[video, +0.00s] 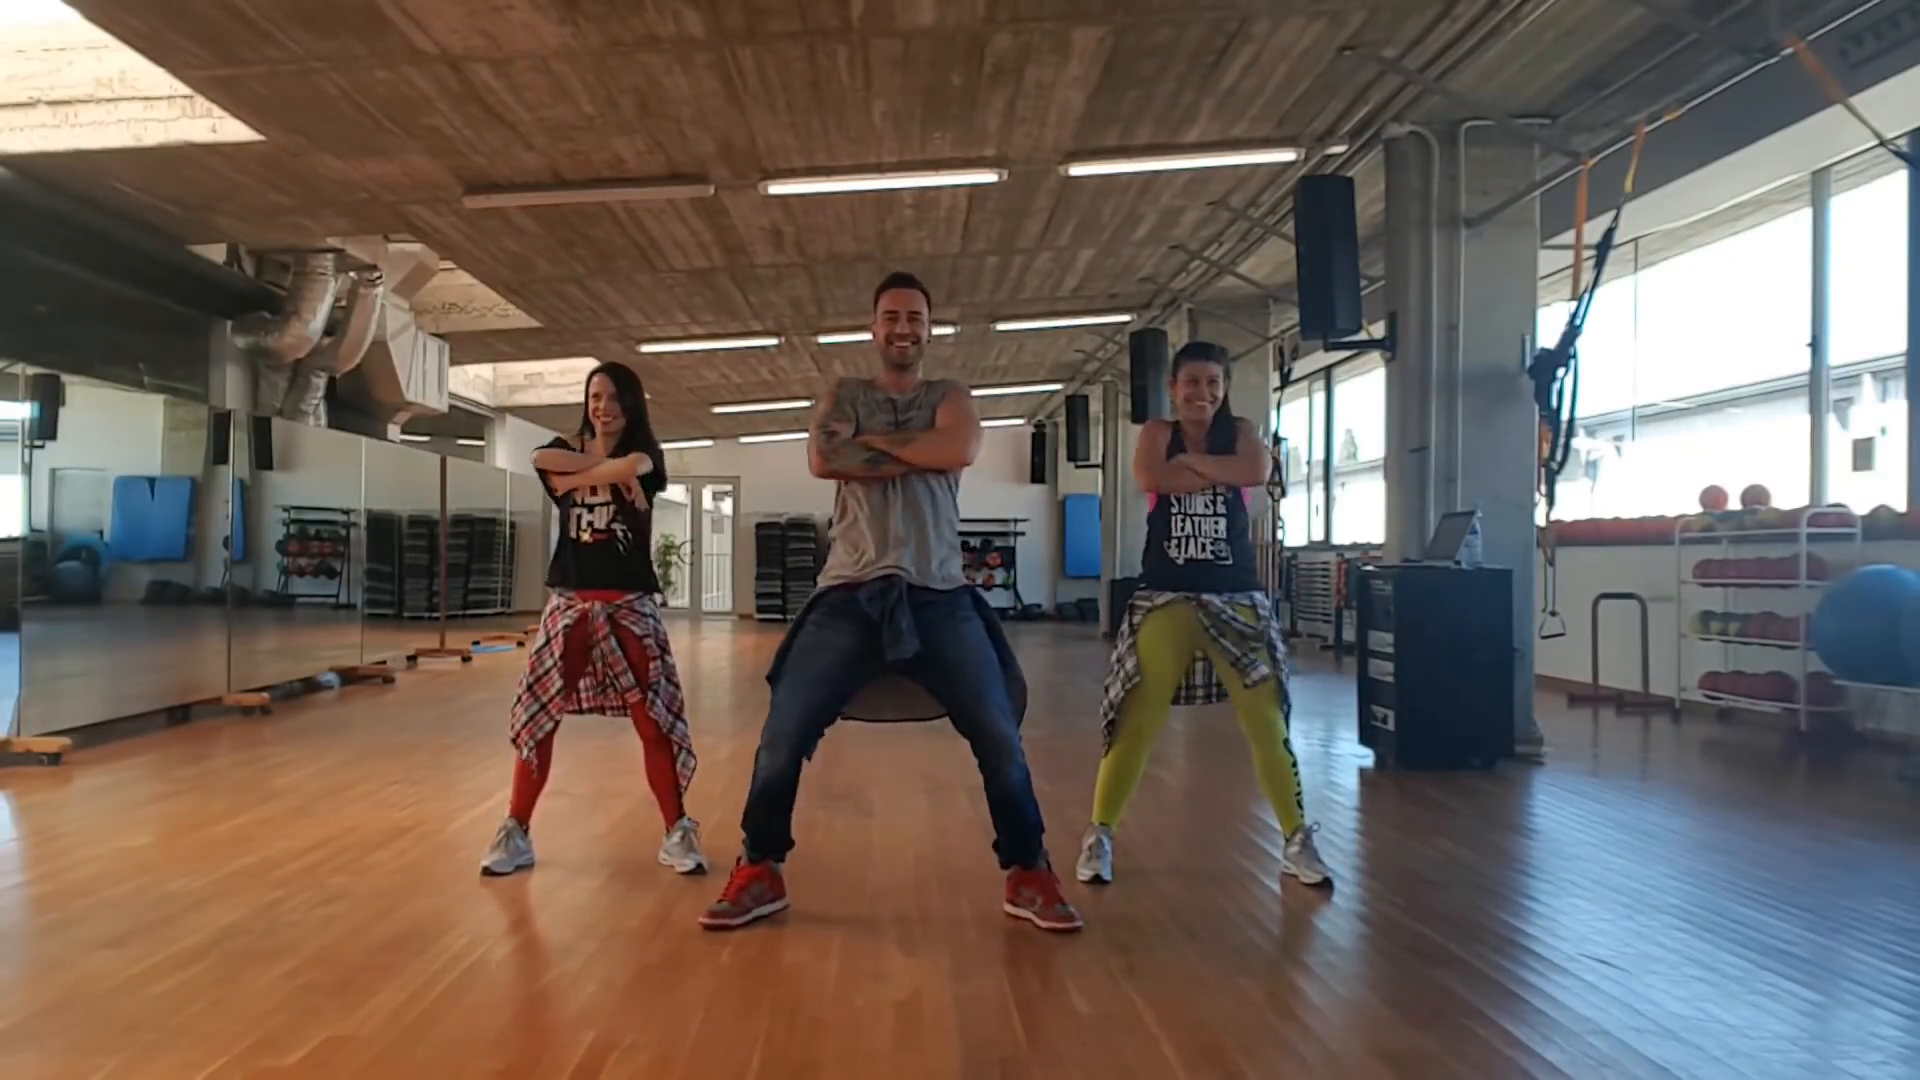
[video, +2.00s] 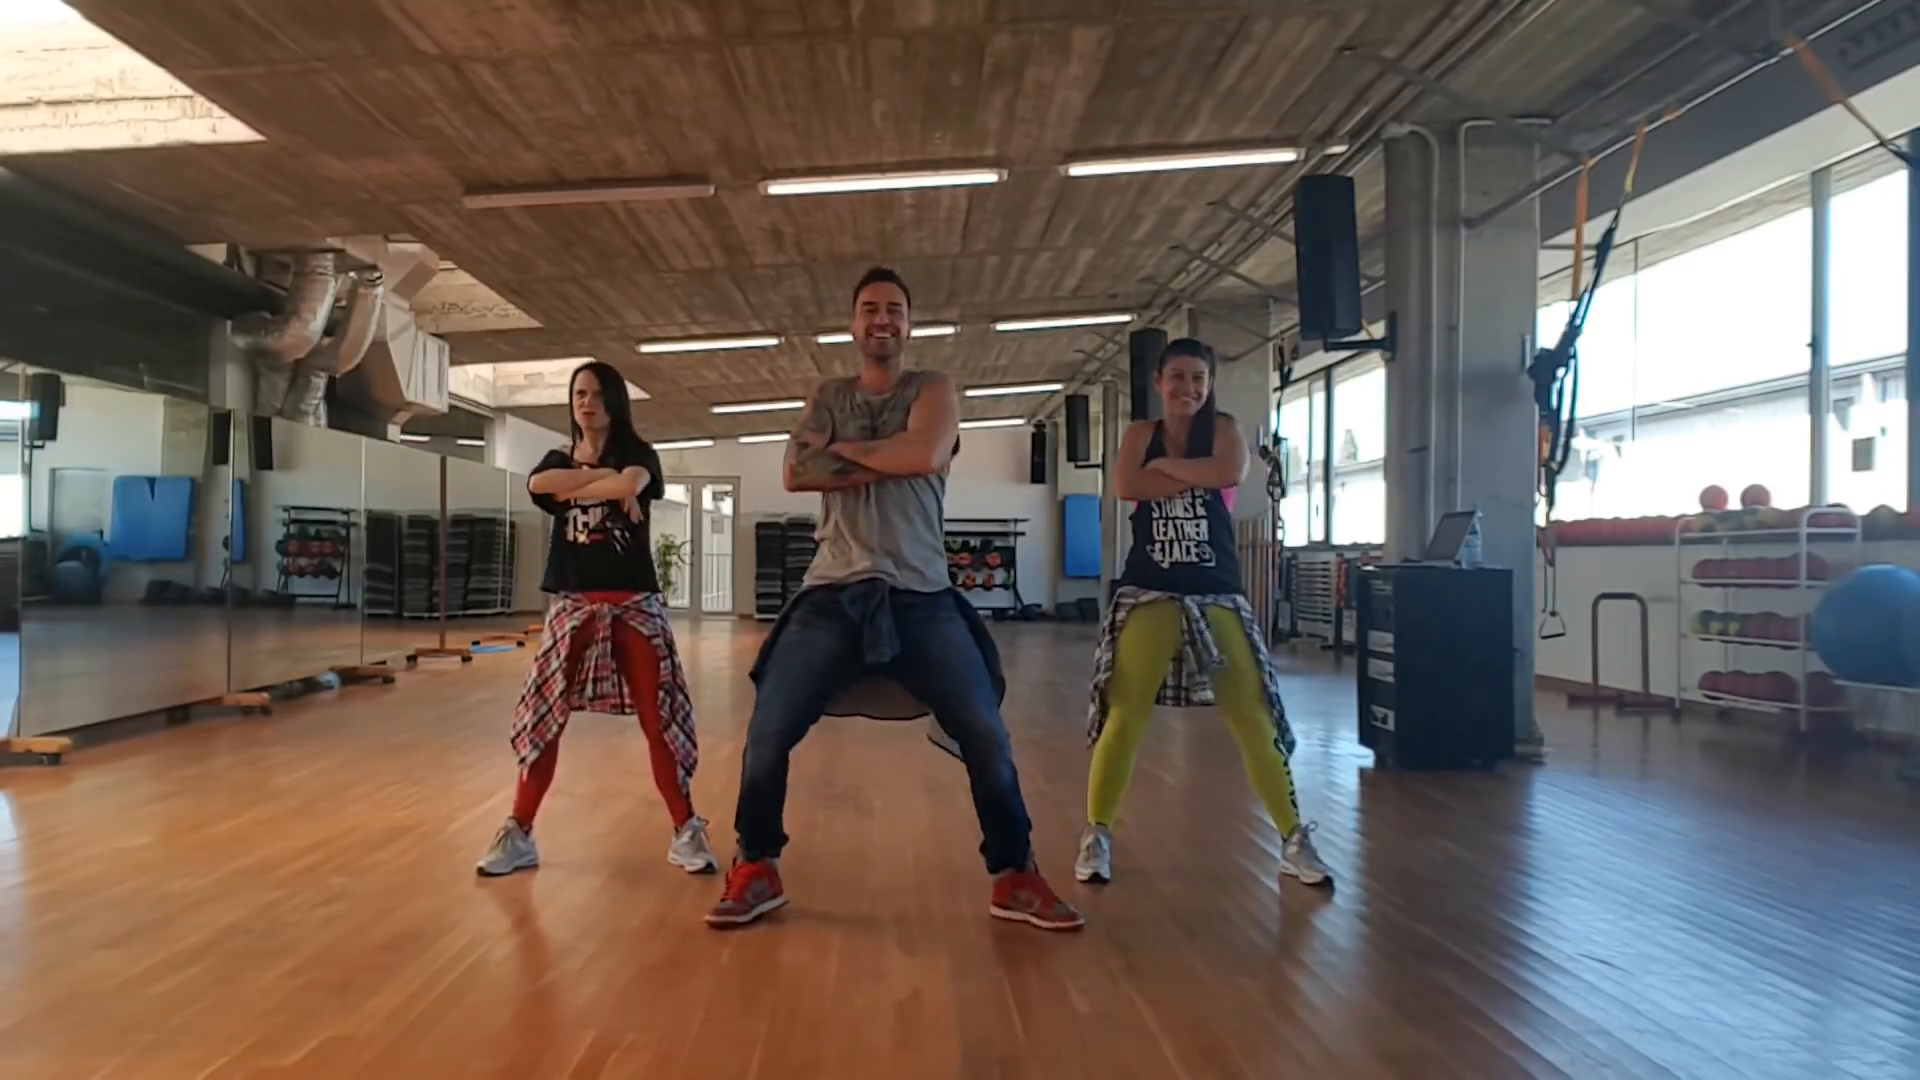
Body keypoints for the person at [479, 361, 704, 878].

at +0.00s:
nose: (602, 406)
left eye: (612, 398)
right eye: (595, 397)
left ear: (631, 405)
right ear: (586, 404)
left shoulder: (646, 455)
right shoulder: (567, 451)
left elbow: (629, 470)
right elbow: (541, 460)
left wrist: (573, 480)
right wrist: (601, 467)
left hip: (631, 602)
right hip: (569, 601)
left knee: (653, 720)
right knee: (537, 714)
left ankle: (678, 831)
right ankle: (516, 832)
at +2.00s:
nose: (588, 402)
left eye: (597, 395)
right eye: (580, 394)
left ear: (615, 402)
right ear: (571, 403)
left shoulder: (639, 454)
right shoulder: (559, 455)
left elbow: (627, 486)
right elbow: (538, 485)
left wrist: (568, 486)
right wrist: (609, 478)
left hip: (634, 599)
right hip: (572, 600)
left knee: (657, 718)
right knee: (547, 713)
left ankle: (687, 830)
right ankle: (519, 833)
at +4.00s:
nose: (595, 388)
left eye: (606, 382)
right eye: (587, 382)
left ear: (624, 397)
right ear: (577, 397)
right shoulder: (557, 456)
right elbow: (535, 504)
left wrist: (564, 510)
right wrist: (609, 505)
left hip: (625, 605)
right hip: (563, 604)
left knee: (656, 721)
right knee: (531, 714)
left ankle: (685, 831)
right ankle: (519, 835)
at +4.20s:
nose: (609, 391)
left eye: (618, 383)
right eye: (600, 386)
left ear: (637, 396)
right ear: (590, 400)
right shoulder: (569, 458)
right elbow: (515, 494)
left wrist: (618, 545)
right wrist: (567, 499)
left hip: (641, 606)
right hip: (578, 607)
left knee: (670, 724)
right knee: (540, 716)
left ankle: (686, 833)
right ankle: (518, 834)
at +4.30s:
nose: (620, 389)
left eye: (628, 381)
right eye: (611, 384)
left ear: (648, 390)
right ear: (601, 397)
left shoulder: (665, 449)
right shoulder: (577, 450)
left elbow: (695, 464)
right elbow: (513, 452)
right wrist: (501, 452)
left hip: (659, 600)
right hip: (596, 601)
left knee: (676, 722)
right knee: (559, 714)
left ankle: (687, 832)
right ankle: (527, 831)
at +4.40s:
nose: (630, 392)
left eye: (638, 383)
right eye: (620, 387)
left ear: (656, 391)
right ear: (611, 400)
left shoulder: (677, 451)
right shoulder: (591, 454)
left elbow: (715, 438)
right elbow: (525, 450)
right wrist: (492, 398)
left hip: (673, 600)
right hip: (613, 598)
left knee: (686, 719)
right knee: (588, 709)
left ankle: (687, 831)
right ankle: (584, 812)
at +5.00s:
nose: (592, 423)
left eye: (600, 415)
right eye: (584, 417)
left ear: (620, 423)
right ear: (574, 428)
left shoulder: (631, 481)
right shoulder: (563, 480)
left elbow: (654, 491)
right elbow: (521, 491)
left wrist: (653, 417)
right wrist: (529, 425)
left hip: (626, 628)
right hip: (569, 629)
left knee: (656, 729)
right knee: (516, 720)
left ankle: (696, 831)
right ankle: (527, 832)